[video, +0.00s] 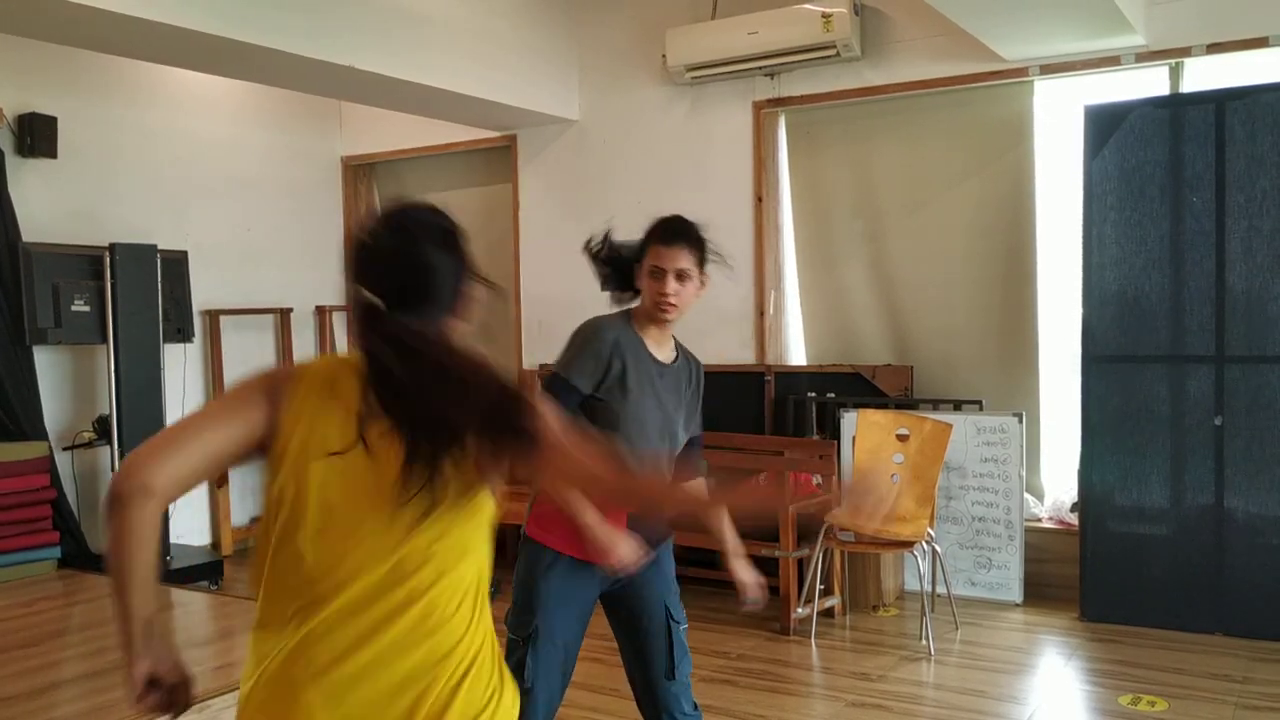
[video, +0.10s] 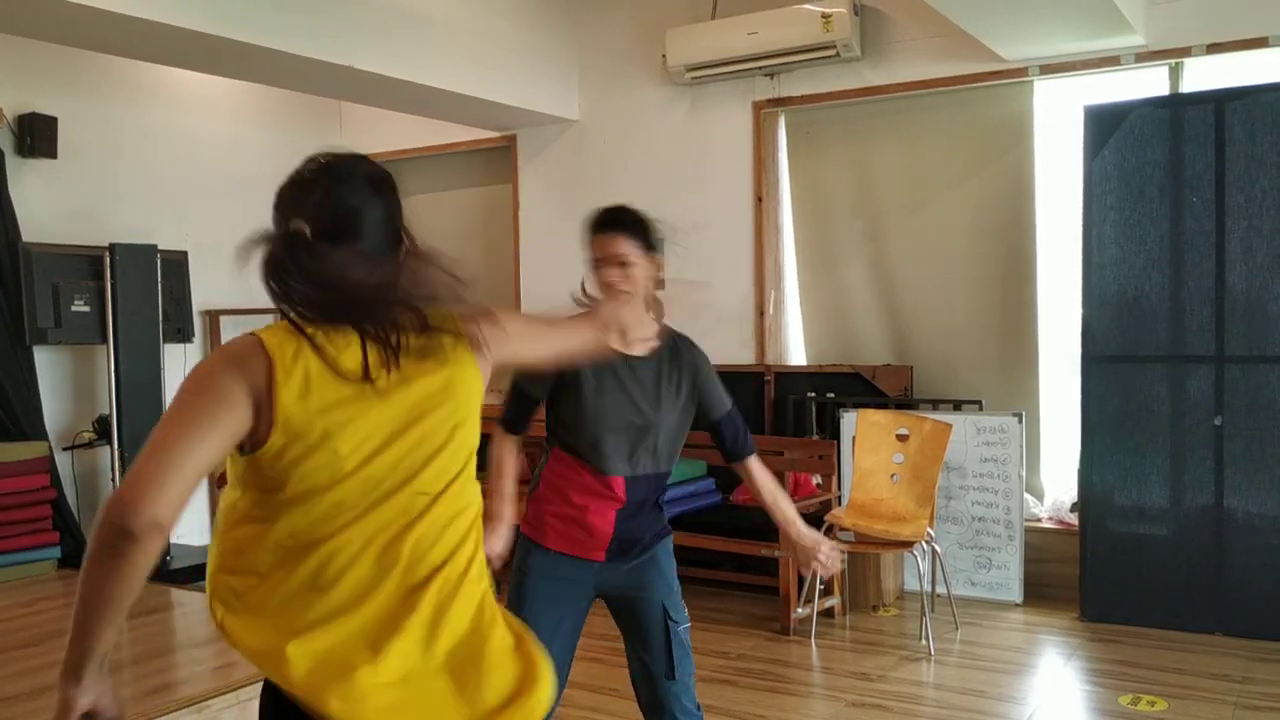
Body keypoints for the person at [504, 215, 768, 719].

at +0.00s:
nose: (667, 288)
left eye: (681, 277)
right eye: (656, 273)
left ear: (699, 286)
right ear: (637, 276)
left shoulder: (689, 370)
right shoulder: (600, 338)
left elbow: (690, 477)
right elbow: (540, 433)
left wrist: (734, 551)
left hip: (645, 546)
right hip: (564, 540)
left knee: (672, 697)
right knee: (533, 693)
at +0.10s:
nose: (611, 275)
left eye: (624, 263)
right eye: (601, 263)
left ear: (656, 270)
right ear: (590, 272)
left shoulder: (684, 360)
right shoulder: (556, 347)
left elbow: (742, 454)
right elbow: (509, 430)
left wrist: (798, 533)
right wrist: (500, 519)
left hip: (643, 551)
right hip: (556, 549)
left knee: (674, 702)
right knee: (525, 695)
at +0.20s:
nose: (513, 297)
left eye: (518, 282)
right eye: (509, 285)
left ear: (553, 273)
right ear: (532, 279)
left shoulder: (628, 348)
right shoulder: (534, 345)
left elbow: (706, 425)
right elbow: (523, 430)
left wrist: (764, 498)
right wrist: (460, 464)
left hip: (628, 542)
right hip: (549, 534)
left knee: (664, 693)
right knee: (519, 689)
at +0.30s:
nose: (479, 333)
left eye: (472, 323)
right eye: (472, 323)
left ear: (481, 322)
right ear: (520, 287)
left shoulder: (560, 357)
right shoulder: (538, 352)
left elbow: (635, 439)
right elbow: (564, 441)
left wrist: (685, 526)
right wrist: (502, 439)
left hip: (619, 543)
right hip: (554, 536)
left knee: (662, 692)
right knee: (529, 679)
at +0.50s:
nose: (477, 345)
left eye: (469, 336)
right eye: (471, 338)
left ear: (473, 324)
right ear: (512, 293)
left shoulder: (534, 350)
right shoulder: (558, 338)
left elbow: (541, 469)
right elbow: (635, 412)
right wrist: (600, 481)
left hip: (608, 541)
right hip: (550, 539)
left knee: (649, 693)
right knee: (519, 680)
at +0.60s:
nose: (480, 329)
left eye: (474, 317)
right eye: (473, 319)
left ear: (487, 303)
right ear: (508, 282)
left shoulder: (549, 342)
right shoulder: (545, 339)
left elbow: (542, 453)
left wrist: (454, 503)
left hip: (604, 546)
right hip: (542, 541)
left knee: (648, 701)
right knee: (512, 689)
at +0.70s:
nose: (474, 311)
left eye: (476, 294)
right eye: (469, 298)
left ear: (513, 278)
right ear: (511, 282)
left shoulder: (554, 337)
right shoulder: (540, 340)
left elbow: (576, 443)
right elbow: (568, 444)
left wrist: (494, 487)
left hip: (603, 542)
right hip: (542, 543)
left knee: (646, 700)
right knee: (512, 694)